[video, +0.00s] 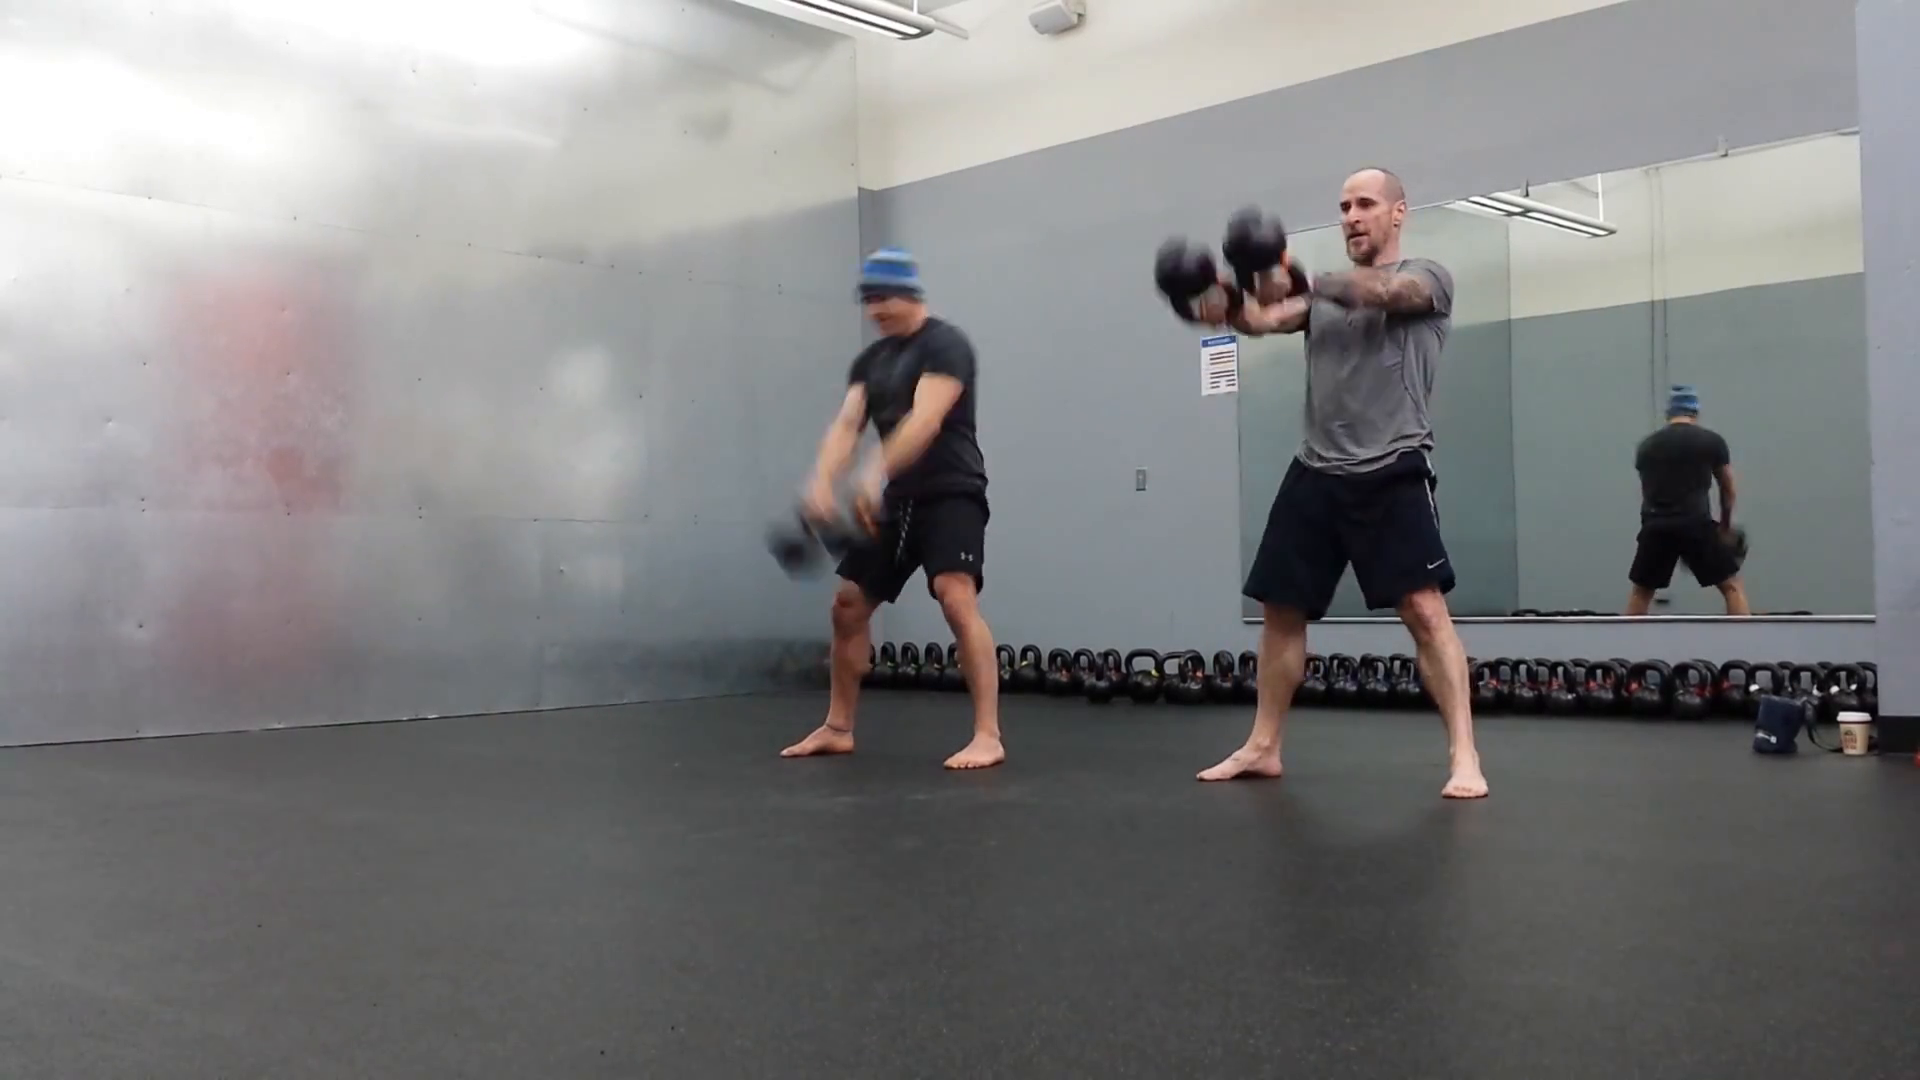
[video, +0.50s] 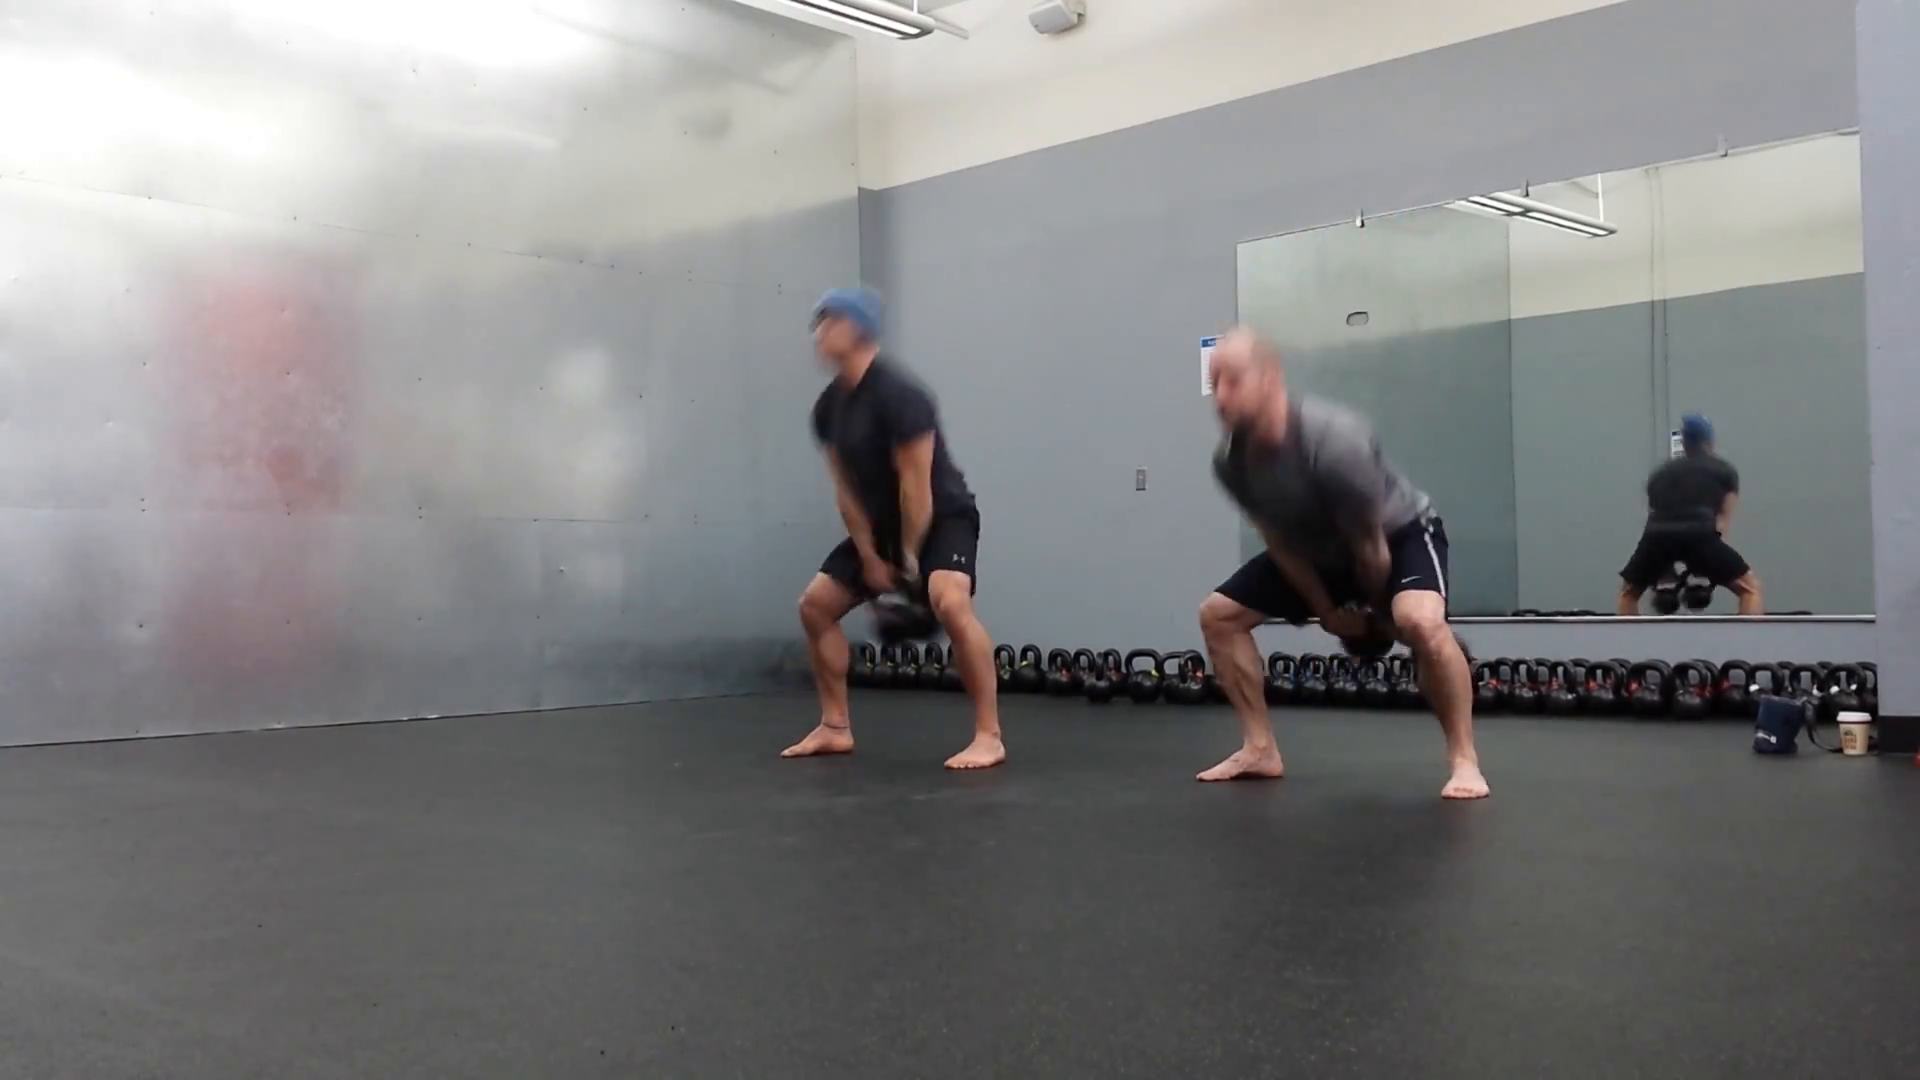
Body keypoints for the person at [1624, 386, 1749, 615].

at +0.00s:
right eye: (1693, 413)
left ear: (1669, 413)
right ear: (1695, 414)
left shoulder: (1647, 445)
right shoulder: (1711, 442)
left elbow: (1647, 492)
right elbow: (1727, 488)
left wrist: (1651, 524)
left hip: (1656, 529)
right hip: (1698, 528)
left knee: (1640, 595)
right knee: (1731, 589)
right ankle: (1747, 646)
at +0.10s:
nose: (1706, 442)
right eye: (1709, 438)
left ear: (1682, 437)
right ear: (1710, 438)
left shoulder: (1660, 462)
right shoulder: (1721, 461)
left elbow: (1656, 511)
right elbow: (1726, 515)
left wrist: (1666, 565)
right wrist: (1708, 564)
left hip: (1656, 531)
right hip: (1698, 531)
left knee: (1636, 594)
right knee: (1742, 587)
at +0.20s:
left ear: (1698, 474)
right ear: (1723, 476)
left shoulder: (1671, 491)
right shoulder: (1732, 494)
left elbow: (1662, 530)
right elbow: (1728, 536)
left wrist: (1656, 579)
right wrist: (1704, 577)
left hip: (1659, 539)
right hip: (1702, 540)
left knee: (1628, 597)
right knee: (1758, 589)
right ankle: (1748, 645)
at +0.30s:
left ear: (1701, 497)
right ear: (1727, 499)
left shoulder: (1676, 510)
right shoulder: (1736, 514)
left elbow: (1662, 539)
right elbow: (1727, 553)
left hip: (1656, 549)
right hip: (1699, 551)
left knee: (1627, 592)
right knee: (1759, 591)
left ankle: (1628, 642)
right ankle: (1750, 643)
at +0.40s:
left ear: (1696, 479)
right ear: (1722, 481)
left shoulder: (1672, 497)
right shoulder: (1732, 500)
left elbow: (1660, 532)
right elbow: (1727, 542)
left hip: (1659, 545)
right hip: (1701, 547)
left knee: (1627, 591)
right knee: (1755, 591)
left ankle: (1628, 646)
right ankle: (1749, 646)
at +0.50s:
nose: (1714, 447)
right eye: (1712, 443)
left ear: (1683, 443)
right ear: (1709, 443)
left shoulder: (1661, 472)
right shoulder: (1724, 470)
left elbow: (1655, 518)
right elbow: (1724, 518)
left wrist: (1664, 572)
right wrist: (1708, 569)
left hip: (1658, 539)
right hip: (1700, 540)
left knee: (1629, 595)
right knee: (1749, 589)